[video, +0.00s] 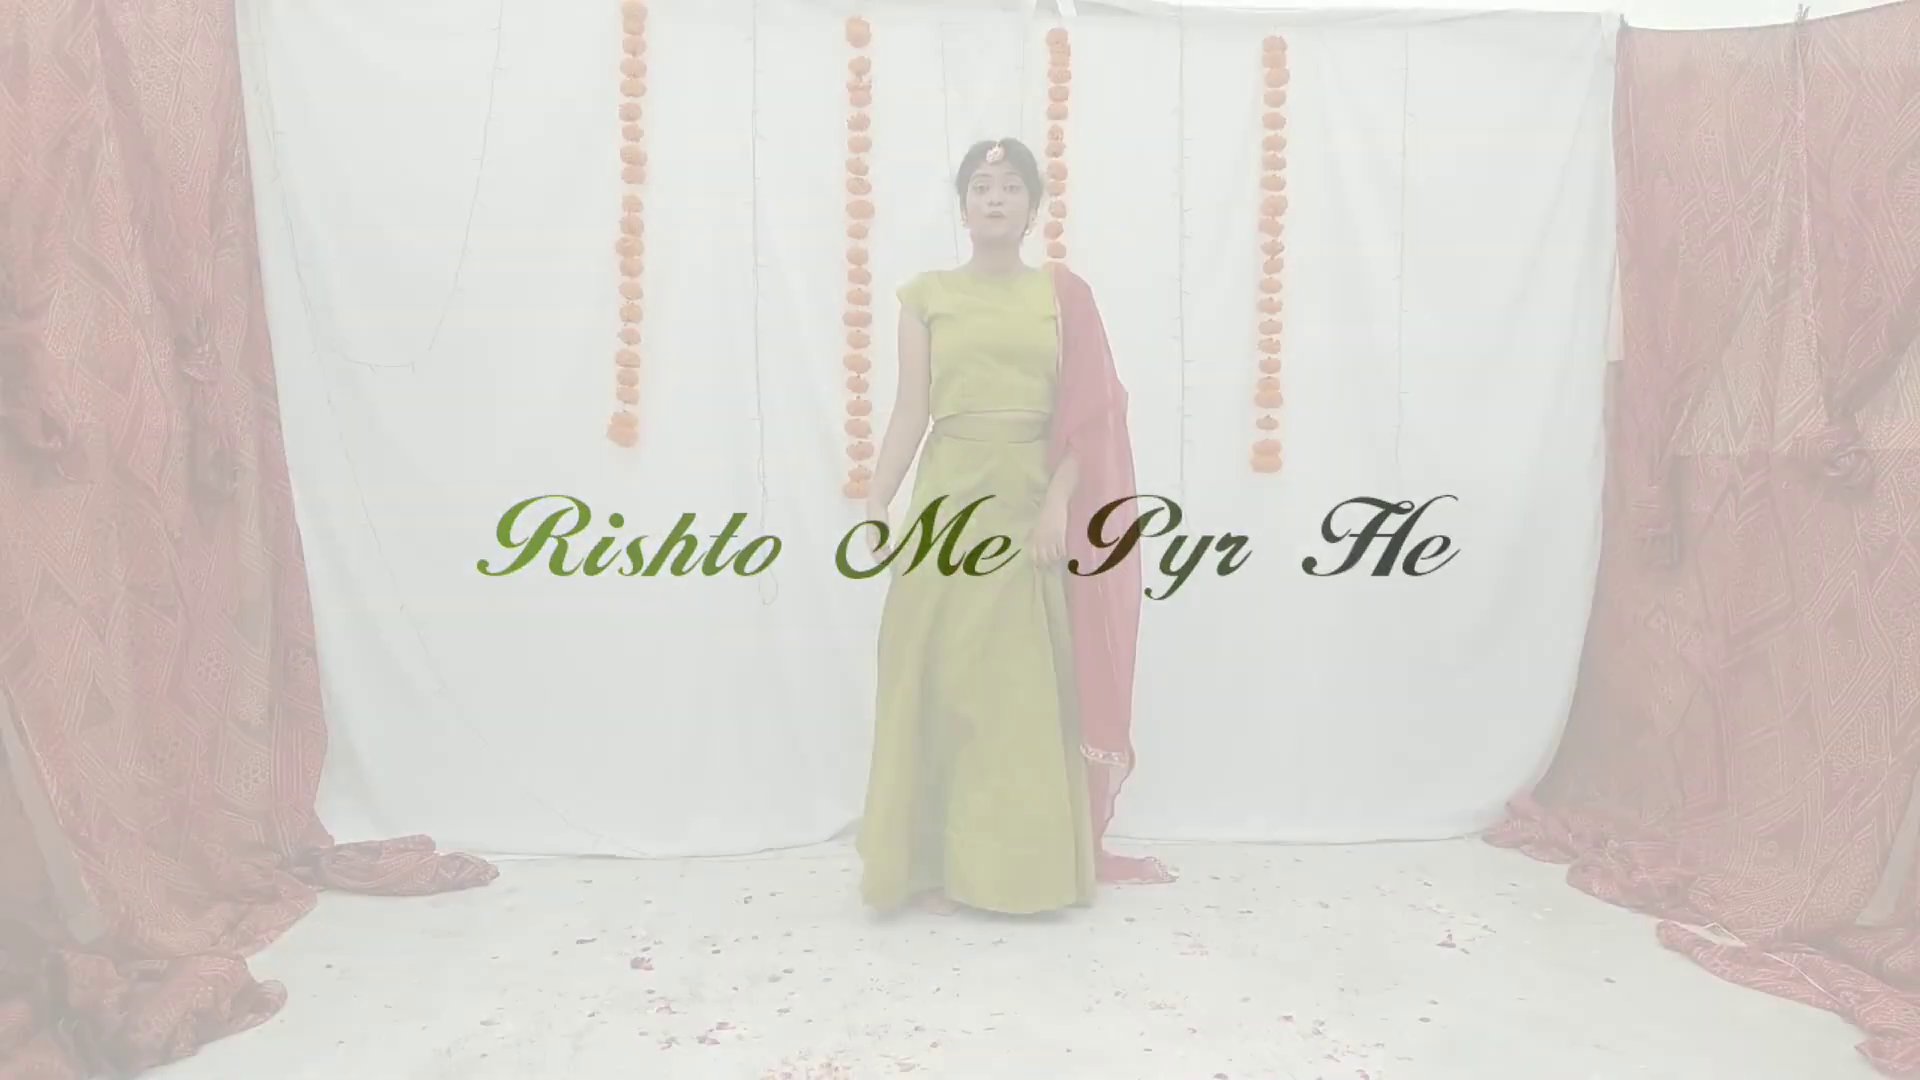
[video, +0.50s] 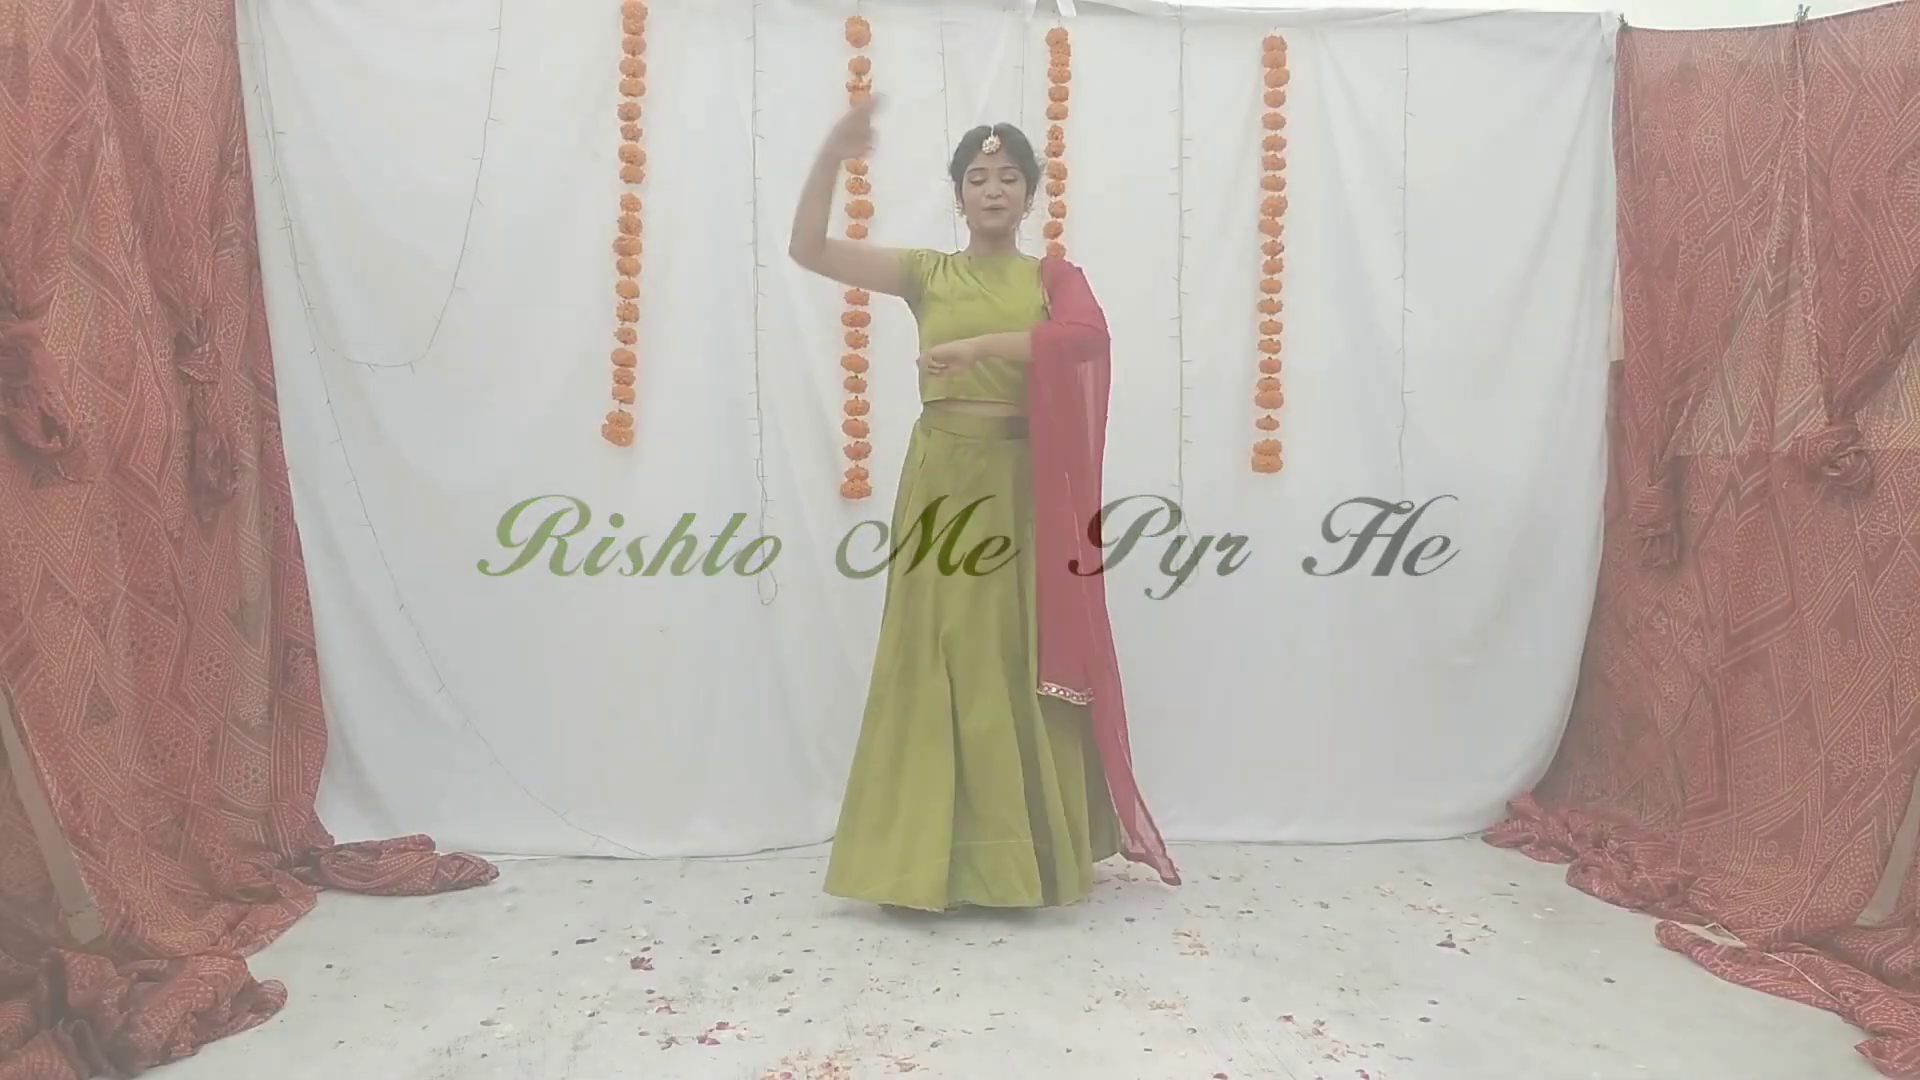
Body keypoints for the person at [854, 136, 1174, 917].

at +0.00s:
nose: (994, 198)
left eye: (1009, 188)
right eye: (981, 188)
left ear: (1034, 204)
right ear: (961, 203)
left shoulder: (1064, 296)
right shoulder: (927, 297)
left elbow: (1086, 416)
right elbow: (911, 409)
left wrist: (1058, 503)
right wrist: (878, 500)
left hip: (1027, 505)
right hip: (943, 501)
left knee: (1020, 680)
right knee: (940, 681)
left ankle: (1016, 865)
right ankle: (938, 862)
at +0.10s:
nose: (993, 217)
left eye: (1008, 206)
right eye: (980, 205)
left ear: (1033, 221)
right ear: (960, 220)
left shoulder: (1063, 313)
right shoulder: (926, 315)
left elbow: (1091, 425)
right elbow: (911, 429)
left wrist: (1061, 508)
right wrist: (874, 532)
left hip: (1027, 518)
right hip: (943, 516)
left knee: (1017, 686)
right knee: (925, 680)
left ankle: (1018, 867)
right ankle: (933, 863)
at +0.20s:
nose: (996, 236)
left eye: (1012, 224)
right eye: (983, 223)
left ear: (1034, 237)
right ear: (963, 235)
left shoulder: (1060, 328)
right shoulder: (931, 325)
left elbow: (1102, 431)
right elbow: (888, 434)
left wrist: (1059, 494)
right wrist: (830, 523)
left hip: (1021, 519)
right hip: (944, 518)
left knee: (1003, 686)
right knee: (920, 680)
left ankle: (1009, 865)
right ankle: (939, 864)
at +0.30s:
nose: (999, 226)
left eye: (1014, 213)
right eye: (986, 213)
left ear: (1036, 226)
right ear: (965, 225)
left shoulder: (1059, 317)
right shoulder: (931, 309)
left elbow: (1104, 416)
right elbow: (846, 385)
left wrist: (1025, 440)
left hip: (1025, 507)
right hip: (948, 505)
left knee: (1011, 680)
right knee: (932, 674)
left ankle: (1019, 867)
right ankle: (918, 864)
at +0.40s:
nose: (997, 197)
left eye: (1012, 186)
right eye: (983, 185)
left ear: (1034, 201)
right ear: (963, 200)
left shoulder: (1058, 290)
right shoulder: (931, 283)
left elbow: (1105, 367)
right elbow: (814, 311)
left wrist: (1007, 380)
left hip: (1034, 486)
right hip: (950, 486)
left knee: (1028, 667)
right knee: (944, 663)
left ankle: (1030, 861)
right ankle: (933, 863)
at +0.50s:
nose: (993, 189)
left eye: (1007, 177)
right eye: (979, 176)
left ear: (1029, 194)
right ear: (958, 192)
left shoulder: (1052, 278)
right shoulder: (928, 272)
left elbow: (1089, 341)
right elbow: (810, 248)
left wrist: (981, 348)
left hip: (1025, 475)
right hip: (941, 473)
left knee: (1019, 660)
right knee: (937, 658)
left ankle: (1021, 858)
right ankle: (929, 861)